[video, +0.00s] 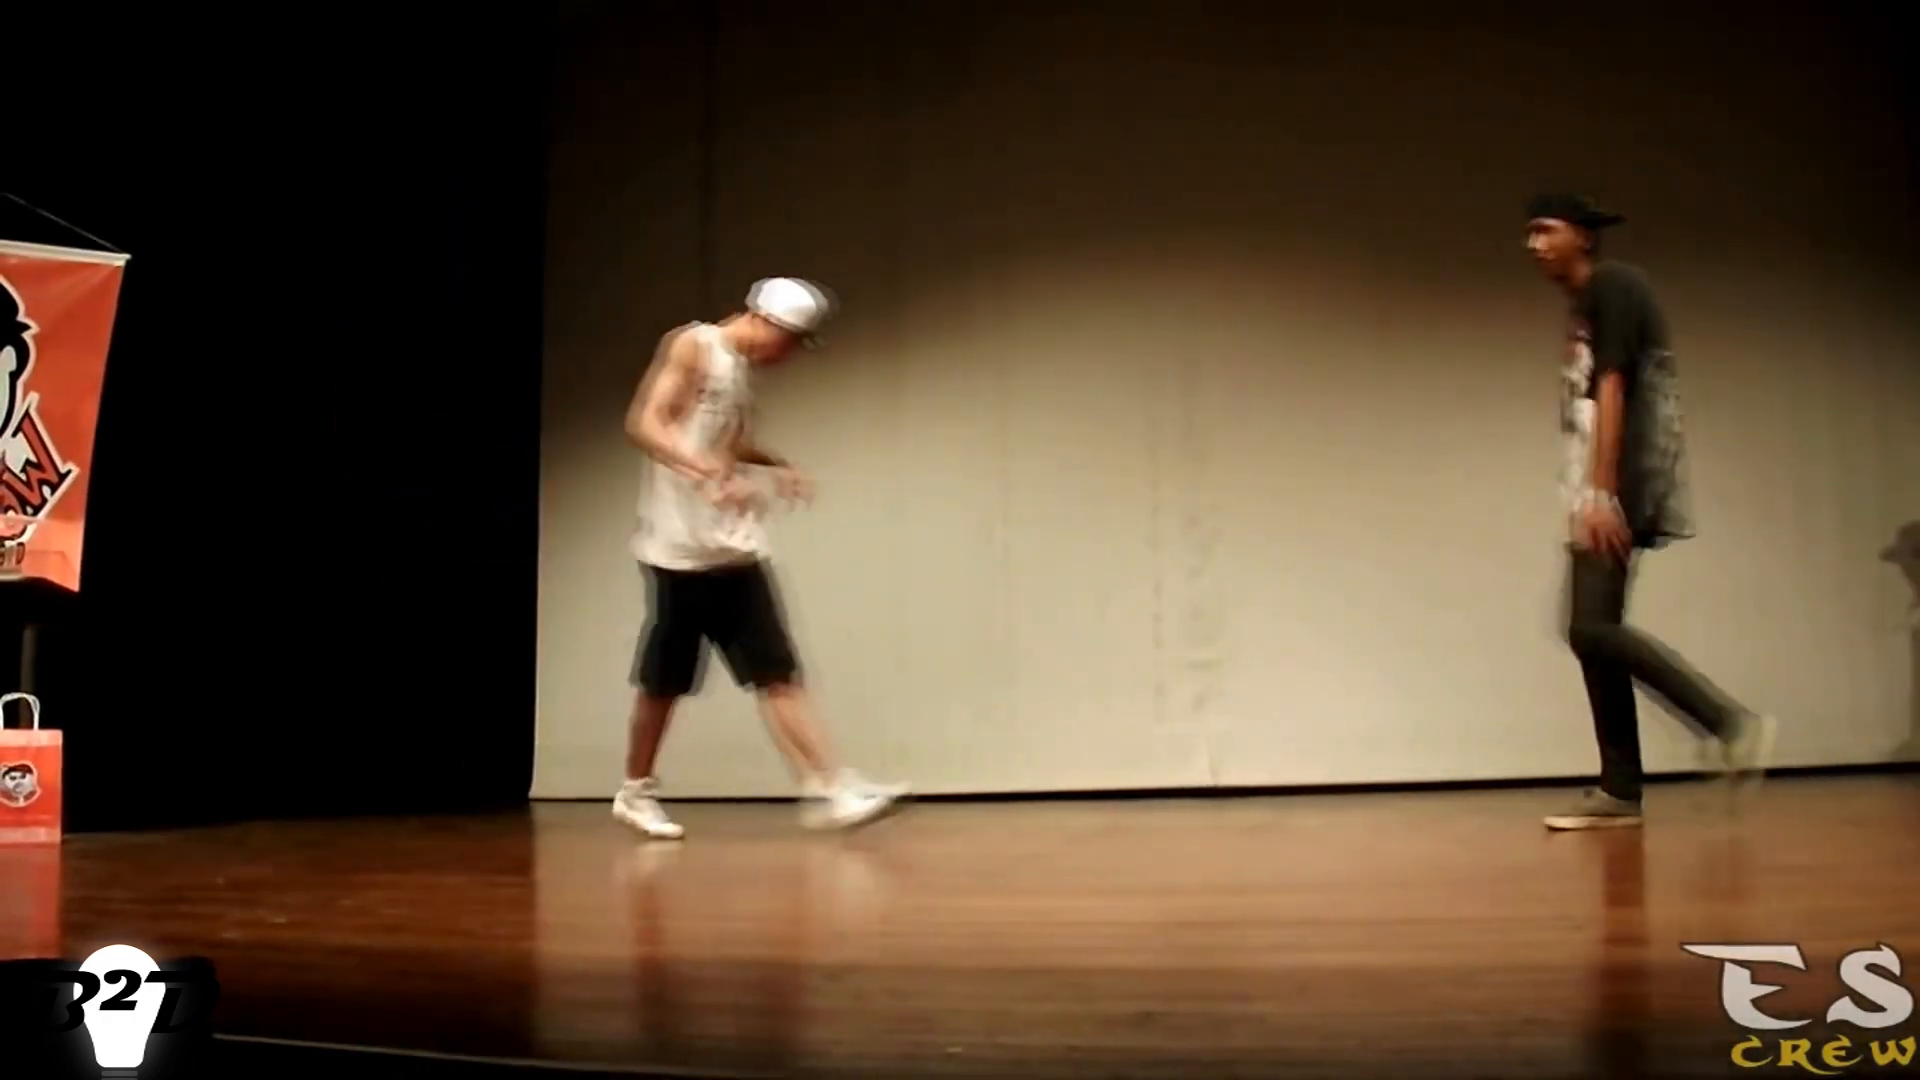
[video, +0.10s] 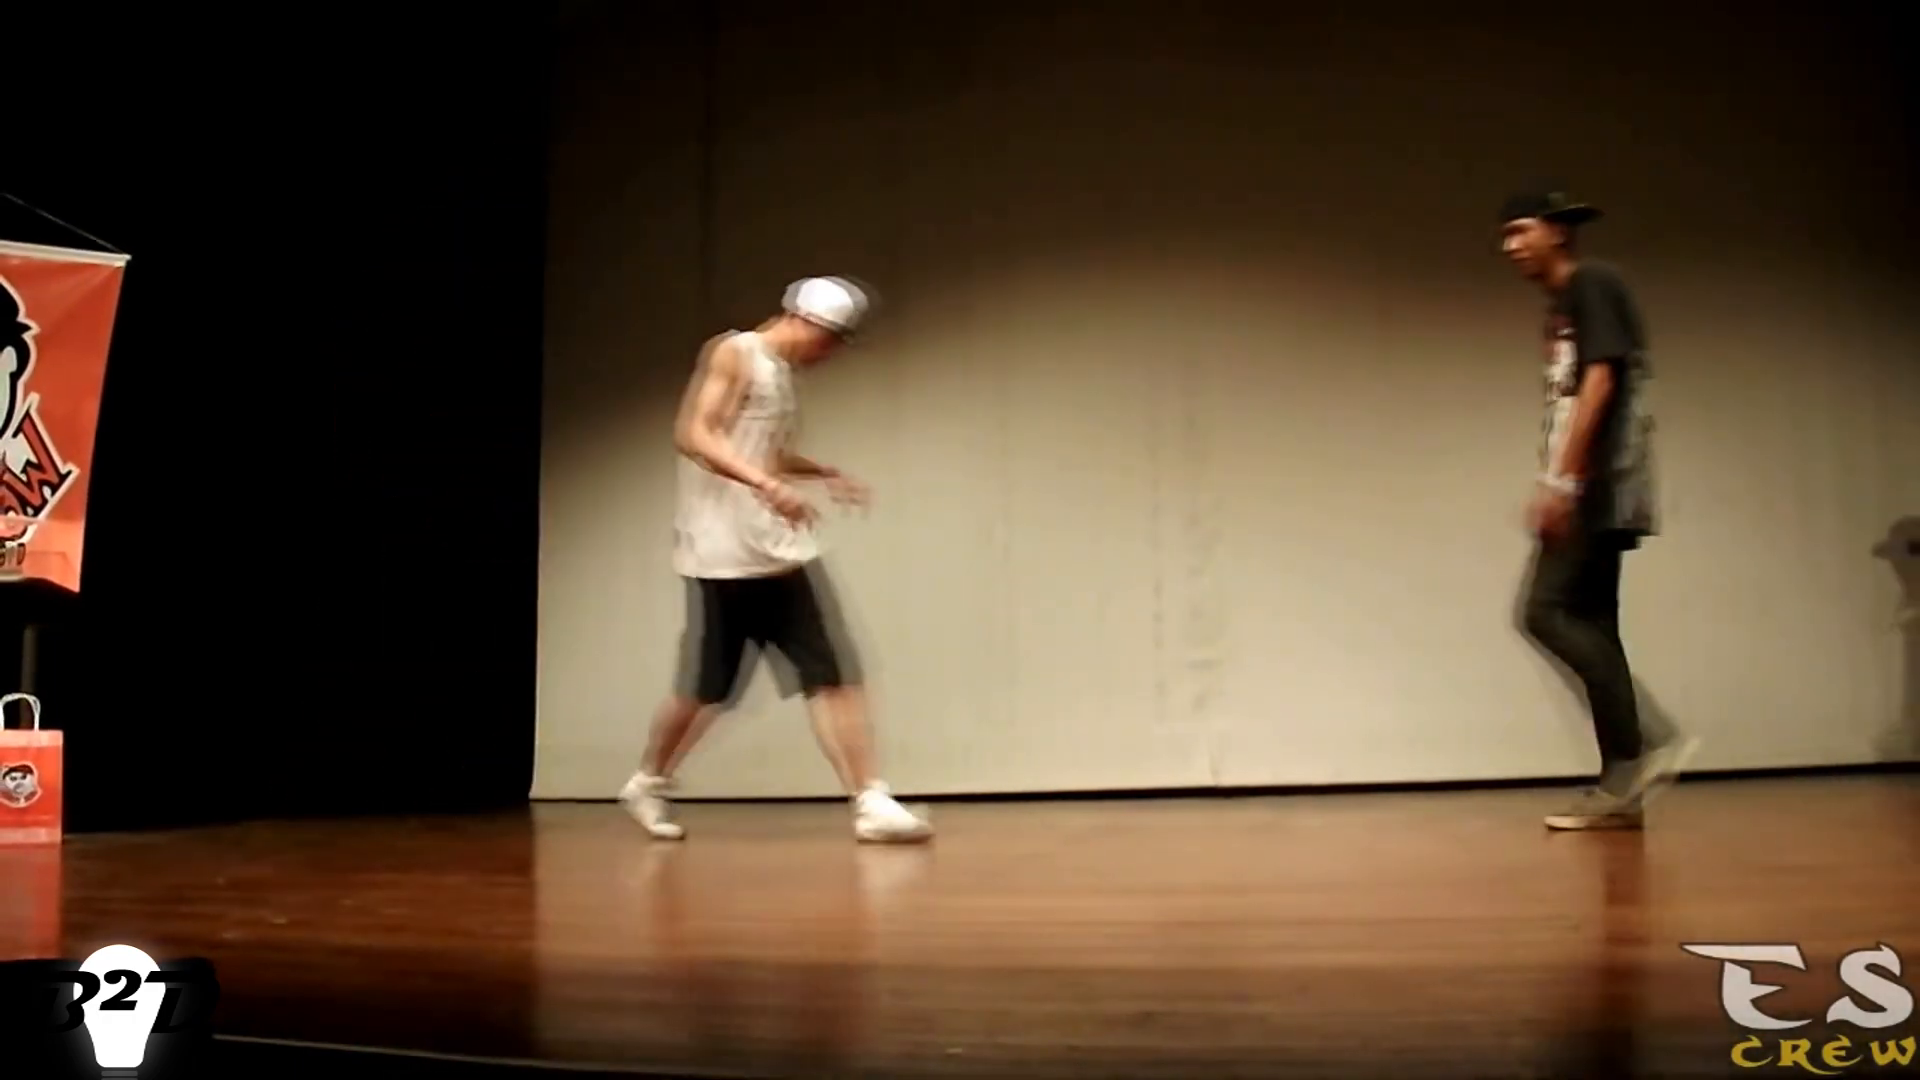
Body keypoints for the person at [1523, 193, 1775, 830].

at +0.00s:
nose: (1534, 243)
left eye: (1546, 231)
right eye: (1532, 233)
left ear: (1582, 236)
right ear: (1558, 244)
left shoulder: (1613, 289)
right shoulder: (1592, 300)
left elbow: (1611, 395)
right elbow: (1602, 404)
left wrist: (1602, 492)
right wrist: (1593, 496)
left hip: (1616, 497)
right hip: (1600, 499)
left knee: (1594, 630)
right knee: (1595, 634)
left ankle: (1733, 725)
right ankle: (1620, 790)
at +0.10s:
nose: (1511, 246)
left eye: (1521, 232)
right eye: (1508, 236)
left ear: (1558, 233)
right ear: (1534, 242)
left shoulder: (1592, 287)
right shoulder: (1563, 303)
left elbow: (1598, 384)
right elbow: (1577, 399)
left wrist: (1563, 481)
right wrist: (1562, 486)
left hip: (1600, 497)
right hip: (1593, 498)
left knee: (1543, 612)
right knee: (1594, 630)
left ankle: (1654, 736)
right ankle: (1621, 782)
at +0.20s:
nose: (1486, 251)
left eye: (1496, 237)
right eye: (1484, 241)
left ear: (1533, 237)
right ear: (1516, 245)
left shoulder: (1573, 292)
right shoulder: (1549, 309)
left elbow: (1586, 381)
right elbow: (1561, 413)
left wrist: (1523, 469)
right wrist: (1535, 499)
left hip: (1580, 503)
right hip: (1575, 505)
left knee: (1523, 622)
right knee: (1593, 638)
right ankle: (1623, 787)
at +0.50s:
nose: (1421, 263)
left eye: (1430, 248)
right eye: (1417, 252)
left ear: (1466, 247)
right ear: (1438, 256)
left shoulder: (1503, 302)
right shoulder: (1479, 311)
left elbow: (1503, 410)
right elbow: (1483, 423)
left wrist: (1486, 508)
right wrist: (1455, 510)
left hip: (1518, 504)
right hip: (1509, 506)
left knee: (1483, 641)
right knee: (1505, 638)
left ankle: (1469, 799)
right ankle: (1603, 771)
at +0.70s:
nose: (1390, 257)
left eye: (1400, 244)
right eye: (1386, 247)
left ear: (1435, 244)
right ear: (1396, 254)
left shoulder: (1475, 298)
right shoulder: (1441, 311)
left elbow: (1485, 409)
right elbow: (1446, 429)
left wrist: (1467, 512)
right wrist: (1428, 518)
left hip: (1483, 511)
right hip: (1452, 513)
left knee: (1477, 646)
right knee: (1420, 632)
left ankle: (1471, 797)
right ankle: (1514, 747)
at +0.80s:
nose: (1381, 253)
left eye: (1390, 239)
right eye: (1375, 243)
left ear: (1426, 240)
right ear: (1380, 252)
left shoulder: (1465, 295)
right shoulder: (1419, 315)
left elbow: (1480, 403)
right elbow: (1424, 425)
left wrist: (1455, 505)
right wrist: (1406, 513)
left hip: (1473, 510)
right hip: (1435, 513)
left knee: (1469, 644)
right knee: (1413, 635)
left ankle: (1472, 796)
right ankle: (1469, 768)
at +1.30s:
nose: (1344, 243)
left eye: (1355, 229)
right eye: (1336, 234)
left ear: (1384, 232)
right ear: (1331, 244)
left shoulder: (1423, 292)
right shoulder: (1342, 320)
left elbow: (1466, 382)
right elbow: (1328, 423)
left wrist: (1464, 469)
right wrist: (1307, 513)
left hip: (1422, 493)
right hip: (1366, 501)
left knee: (1414, 614)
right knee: (1368, 643)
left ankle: (1465, 761)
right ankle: (1378, 795)